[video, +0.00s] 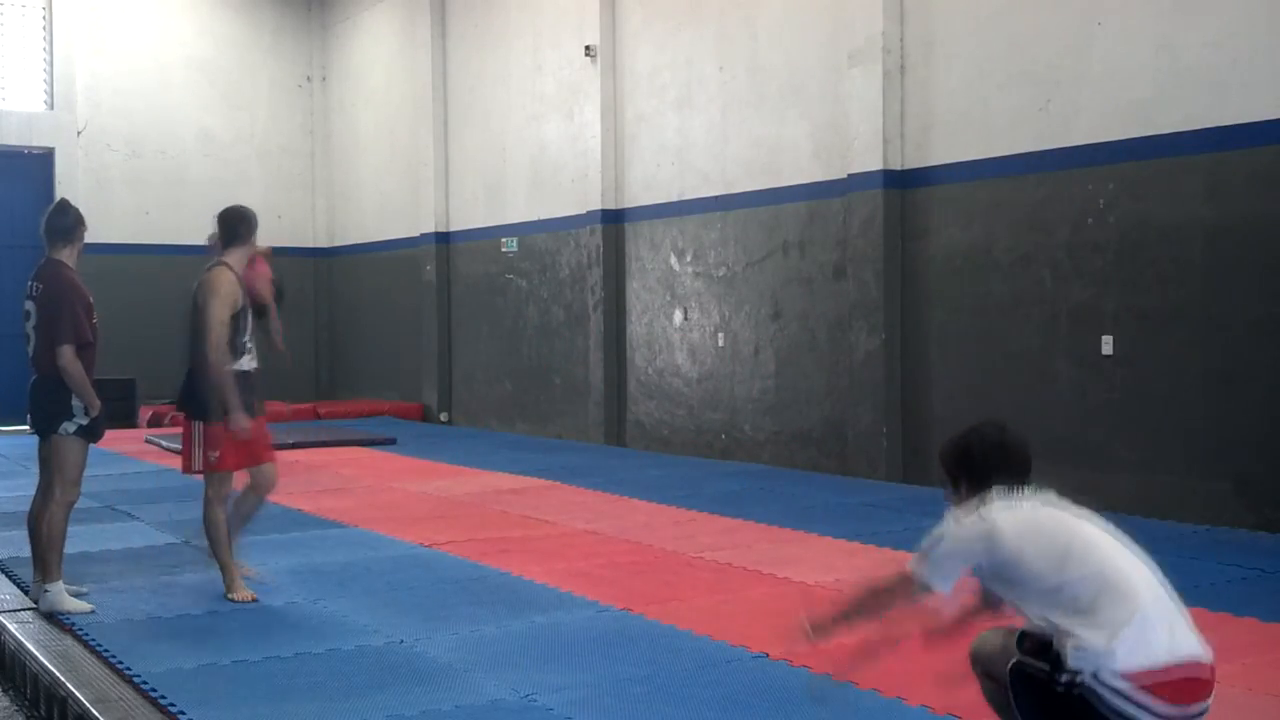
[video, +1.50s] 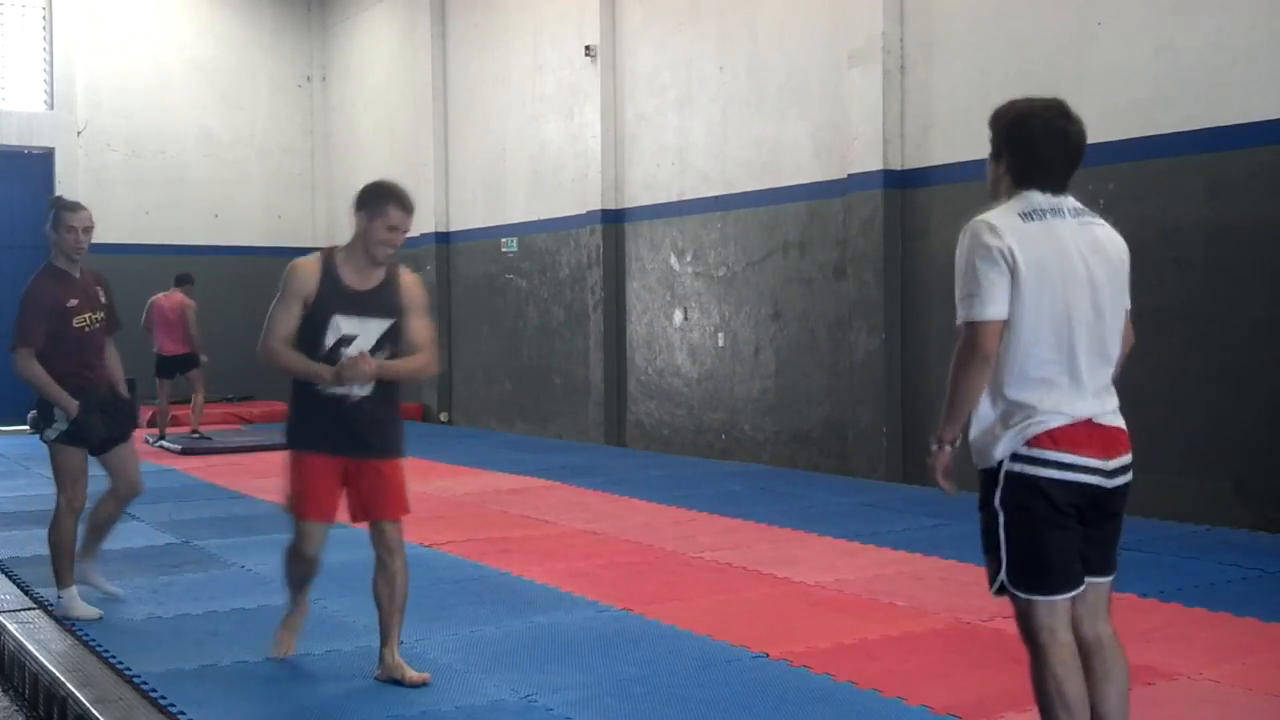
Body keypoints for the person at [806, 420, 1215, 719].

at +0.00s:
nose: (950, 494)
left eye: (950, 484)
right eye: (950, 484)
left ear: (962, 483)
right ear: (1019, 475)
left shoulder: (974, 523)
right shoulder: (1053, 512)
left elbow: (900, 589)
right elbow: (990, 599)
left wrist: (829, 621)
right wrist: (931, 633)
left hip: (1140, 697)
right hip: (1193, 688)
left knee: (990, 650)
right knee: (1035, 636)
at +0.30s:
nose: (950, 387)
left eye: (951, 377)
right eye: (950, 379)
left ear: (964, 372)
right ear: (1019, 363)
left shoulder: (978, 408)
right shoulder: (1055, 397)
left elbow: (879, 463)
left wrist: (810, 465)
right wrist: (1066, 577)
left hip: (1150, 575)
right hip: (1213, 575)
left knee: (1024, 633)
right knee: (1077, 649)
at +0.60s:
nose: (939, 327)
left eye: (939, 316)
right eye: (938, 316)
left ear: (949, 313)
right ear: (1009, 297)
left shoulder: (963, 345)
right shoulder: (1045, 334)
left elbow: (939, 453)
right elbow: (1106, 429)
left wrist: (937, 538)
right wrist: (1055, 517)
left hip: (1121, 516)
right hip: (1194, 518)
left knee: (1032, 628)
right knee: (1083, 633)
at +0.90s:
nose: (932, 234)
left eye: (933, 224)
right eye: (932, 224)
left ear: (943, 225)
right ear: (1006, 220)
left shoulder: (956, 269)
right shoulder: (1050, 264)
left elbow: (980, 356)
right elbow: (1122, 348)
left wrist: (993, 461)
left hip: (1092, 464)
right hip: (1164, 462)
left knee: (1067, 627)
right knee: (1113, 623)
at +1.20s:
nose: (962, 177)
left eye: (965, 166)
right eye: (965, 165)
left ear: (980, 172)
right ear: (1037, 173)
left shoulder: (974, 232)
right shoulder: (1075, 234)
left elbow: (981, 341)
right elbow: (1111, 332)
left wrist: (942, 434)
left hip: (1062, 453)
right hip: (1131, 447)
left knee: (1074, 633)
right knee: (1119, 624)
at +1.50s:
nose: (987, 161)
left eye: (991, 151)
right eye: (989, 150)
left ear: (1004, 161)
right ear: (1069, 163)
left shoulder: (992, 231)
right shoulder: (1106, 235)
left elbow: (980, 347)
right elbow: (1120, 342)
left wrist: (947, 436)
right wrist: (1065, 399)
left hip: (1030, 462)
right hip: (1108, 460)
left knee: (1048, 631)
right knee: (1096, 623)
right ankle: (1113, 718)